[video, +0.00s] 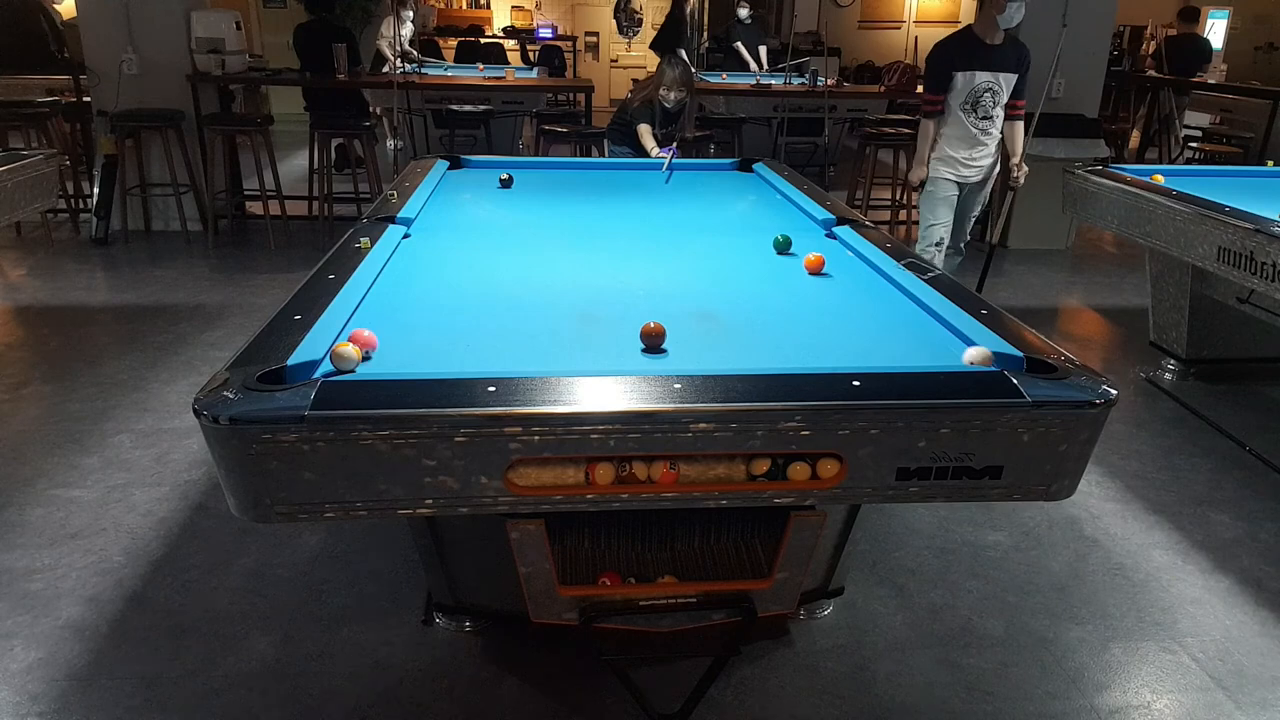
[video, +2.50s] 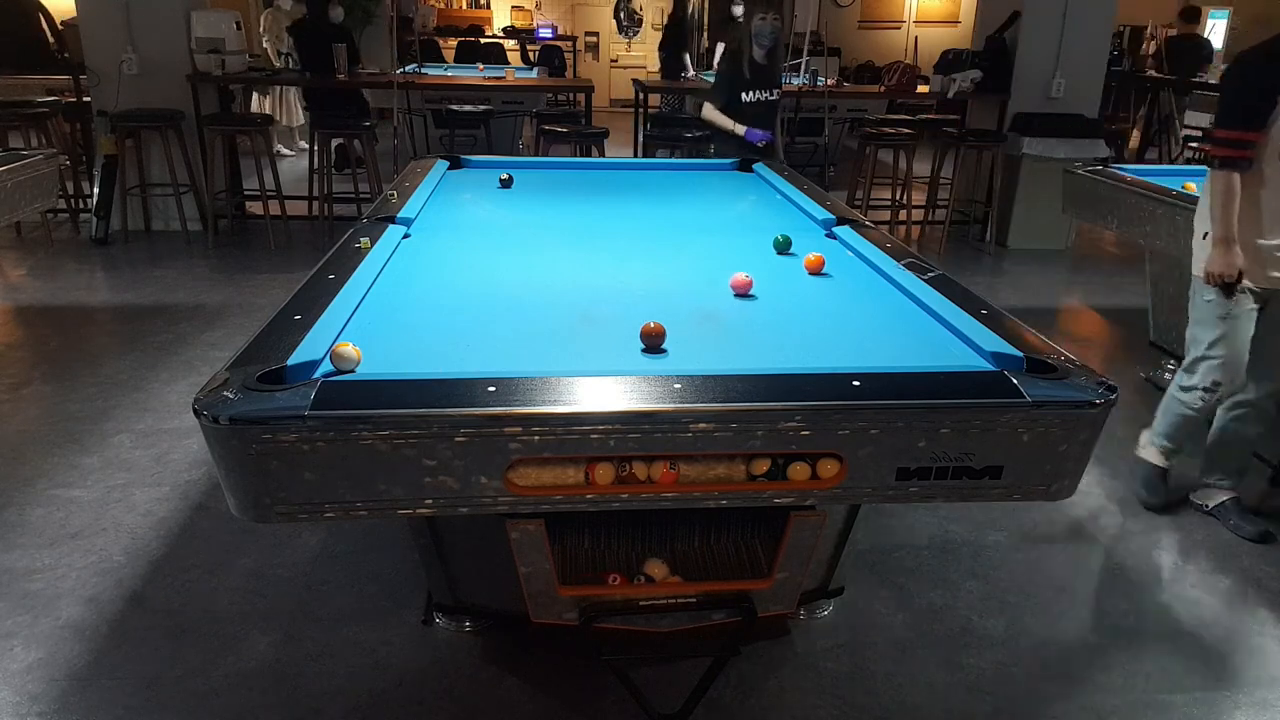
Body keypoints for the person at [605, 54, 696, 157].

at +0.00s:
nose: (673, 97)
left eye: (680, 91)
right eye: (666, 89)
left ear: (689, 90)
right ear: (657, 86)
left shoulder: (687, 101)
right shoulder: (642, 100)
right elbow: (644, 131)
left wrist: (674, 143)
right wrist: (656, 152)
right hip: (624, 142)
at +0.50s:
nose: (672, 94)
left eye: (679, 88)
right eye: (665, 86)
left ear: (688, 87)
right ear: (657, 82)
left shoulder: (686, 97)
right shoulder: (643, 97)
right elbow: (644, 131)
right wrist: (655, 153)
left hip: (661, 142)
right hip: (626, 143)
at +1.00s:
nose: (671, 55)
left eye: (678, 48)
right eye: (664, 48)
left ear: (686, 48)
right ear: (653, 49)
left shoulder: (684, 71)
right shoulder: (640, 78)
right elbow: (625, 126)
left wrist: (683, 119)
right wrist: (646, 153)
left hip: (664, 143)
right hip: (632, 146)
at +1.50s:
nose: (661, 19)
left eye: (666, 12)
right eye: (652, 14)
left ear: (676, 16)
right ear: (642, 20)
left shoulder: (683, 53)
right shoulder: (633, 55)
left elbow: (687, 100)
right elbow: (639, 101)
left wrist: (691, 141)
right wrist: (659, 62)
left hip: (678, 147)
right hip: (642, 148)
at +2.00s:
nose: (713, 20)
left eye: (719, 13)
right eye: (705, 13)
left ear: (726, 18)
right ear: (693, 20)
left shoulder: (725, 58)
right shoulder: (681, 55)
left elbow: (725, 106)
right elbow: (689, 99)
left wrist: (729, 147)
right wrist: (710, 60)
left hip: (717, 143)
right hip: (684, 144)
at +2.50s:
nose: (770, 26)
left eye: (775, 19)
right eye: (762, 19)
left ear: (782, 25)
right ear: (749, 25)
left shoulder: (773, 66)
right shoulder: (733, 62)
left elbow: (774, 117)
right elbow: (707, 111)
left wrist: (779, 158)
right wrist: (744, 131)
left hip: (766, 159)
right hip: (732, 159)